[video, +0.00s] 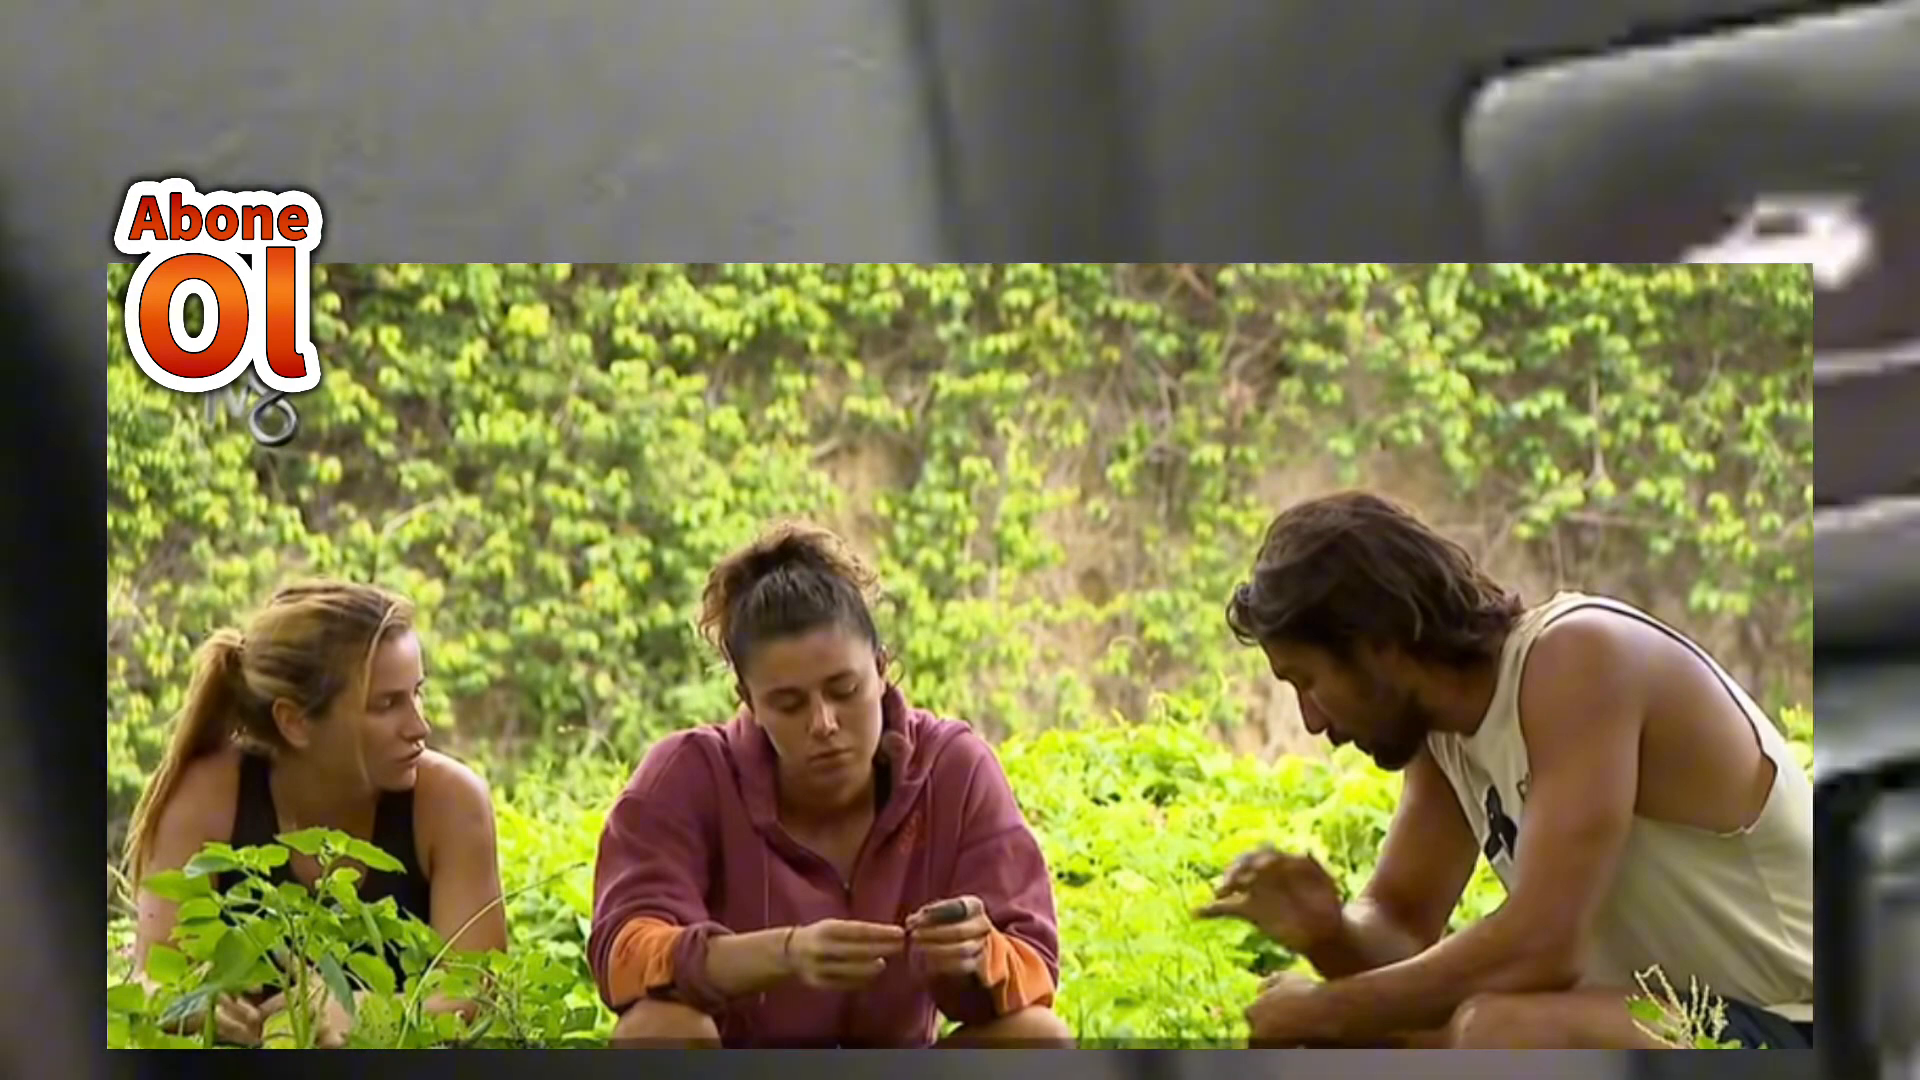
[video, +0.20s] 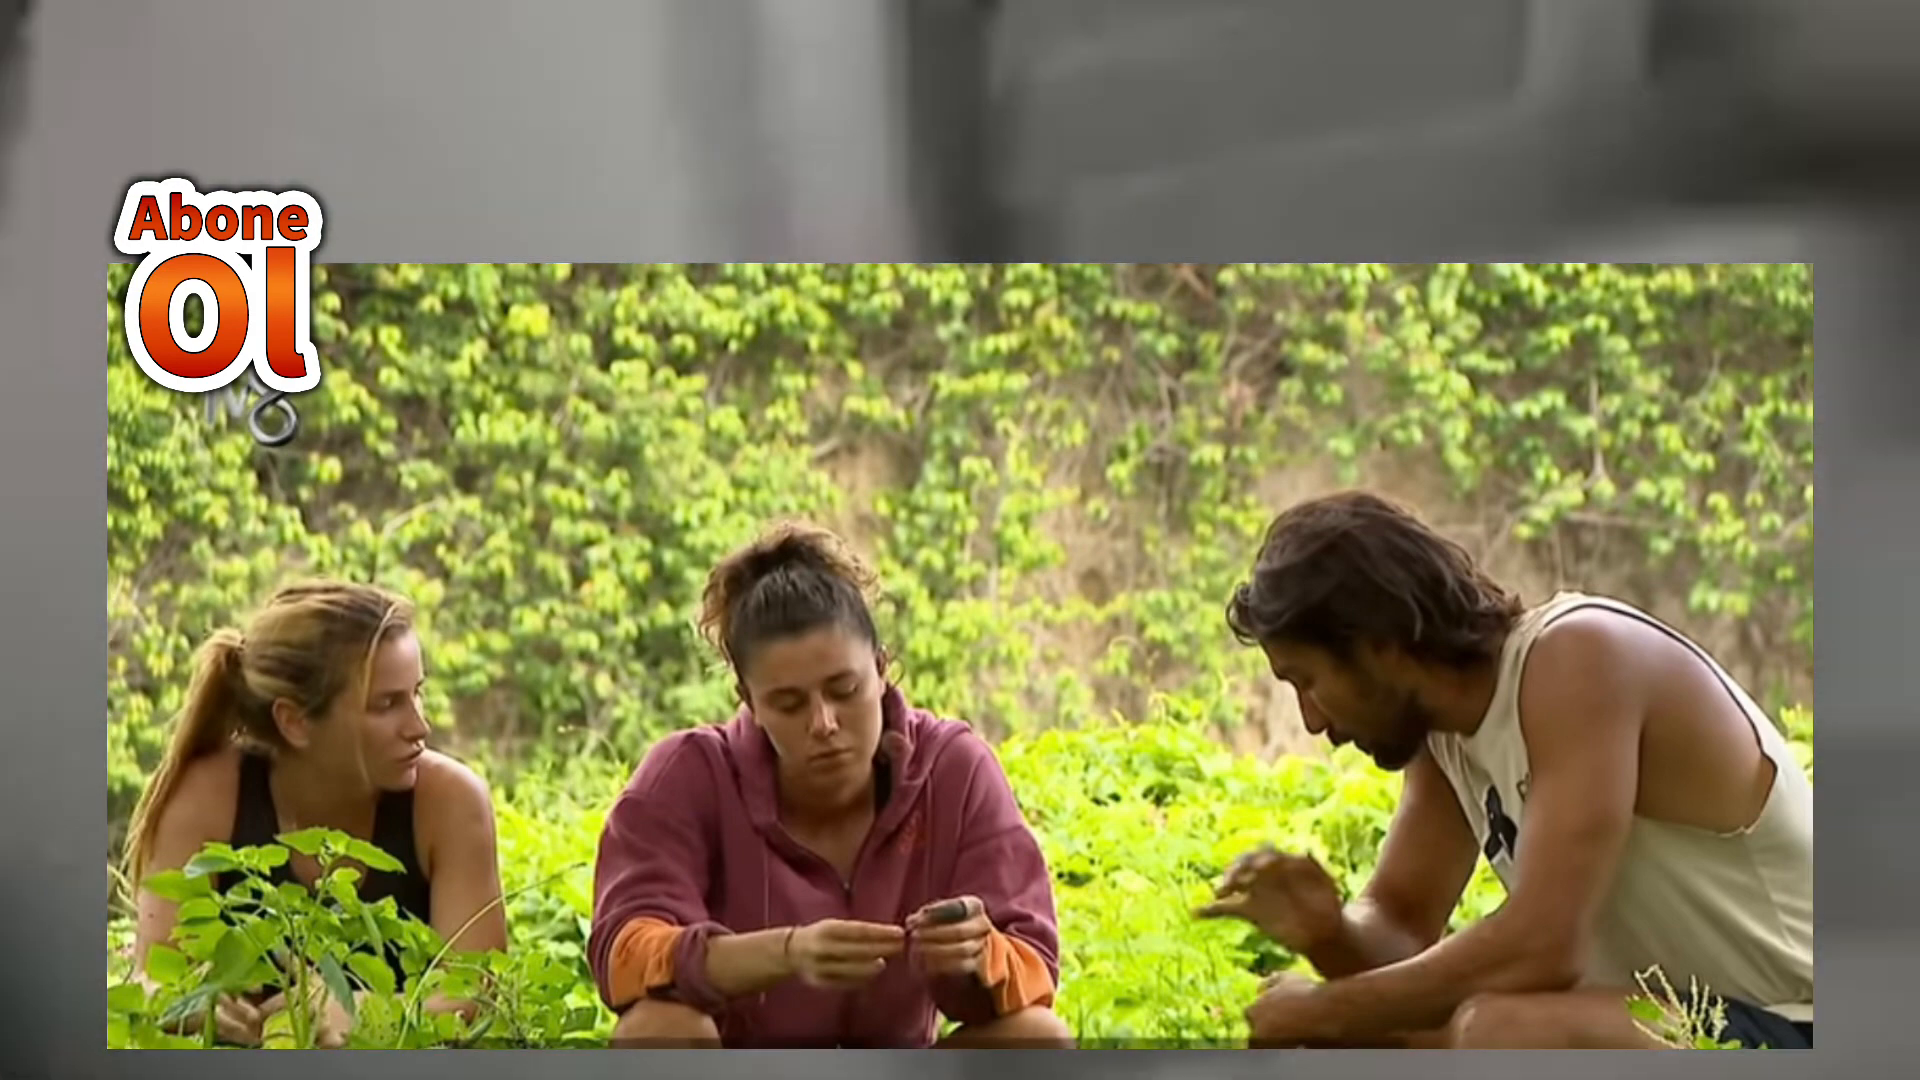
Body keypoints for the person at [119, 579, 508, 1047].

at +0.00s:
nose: (420, 725)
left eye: (417, 695)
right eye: (388, 705)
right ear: (295, 723)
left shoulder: (451, 799)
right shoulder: (205, 792)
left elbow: (470, 1002)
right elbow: (153, 984)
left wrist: (354, 1013)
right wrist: (198, 1008)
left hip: (384, 1069)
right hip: (237, 1066)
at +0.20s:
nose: (420, 725)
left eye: (417, 695)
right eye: (388, 704)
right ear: (295, 723)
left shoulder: (451, 800)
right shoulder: (206, 792)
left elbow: (471, 1001)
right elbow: (152, 983)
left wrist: (355, 1013)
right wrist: (198, 1008)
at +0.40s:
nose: (420, 725)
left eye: (417, 695)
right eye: (388, 705)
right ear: (295, 722)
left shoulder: (451, 799)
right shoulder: (206, 791)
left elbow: (470, 1001)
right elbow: (153, 983)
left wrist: (355, 1013)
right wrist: (200, 1008)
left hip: (388, 1065)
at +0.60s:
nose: (420, 725)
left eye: (417, 695)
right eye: (388, 704)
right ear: (295, 723)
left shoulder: (451, 799)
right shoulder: (206, 791)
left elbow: (470, 1001)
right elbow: (152, 983)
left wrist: (355, 1013)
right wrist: (197, 1008)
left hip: (386, 1067)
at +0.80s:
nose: (420, 725)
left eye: (417, 695)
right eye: (388, 705)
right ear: (295, 722)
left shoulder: (451, 799)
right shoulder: (206, 791)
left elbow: (470, 1002)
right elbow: (152, 983)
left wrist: (354, 1013)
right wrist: (197, 1008)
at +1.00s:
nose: (420, 725)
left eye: (417, 695)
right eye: (388, 705)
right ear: (295, 722)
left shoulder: (451, 799)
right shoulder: (206, 791)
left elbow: (470, 1002)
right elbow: (151, 983)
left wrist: (354, 1013)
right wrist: (197, 1008)